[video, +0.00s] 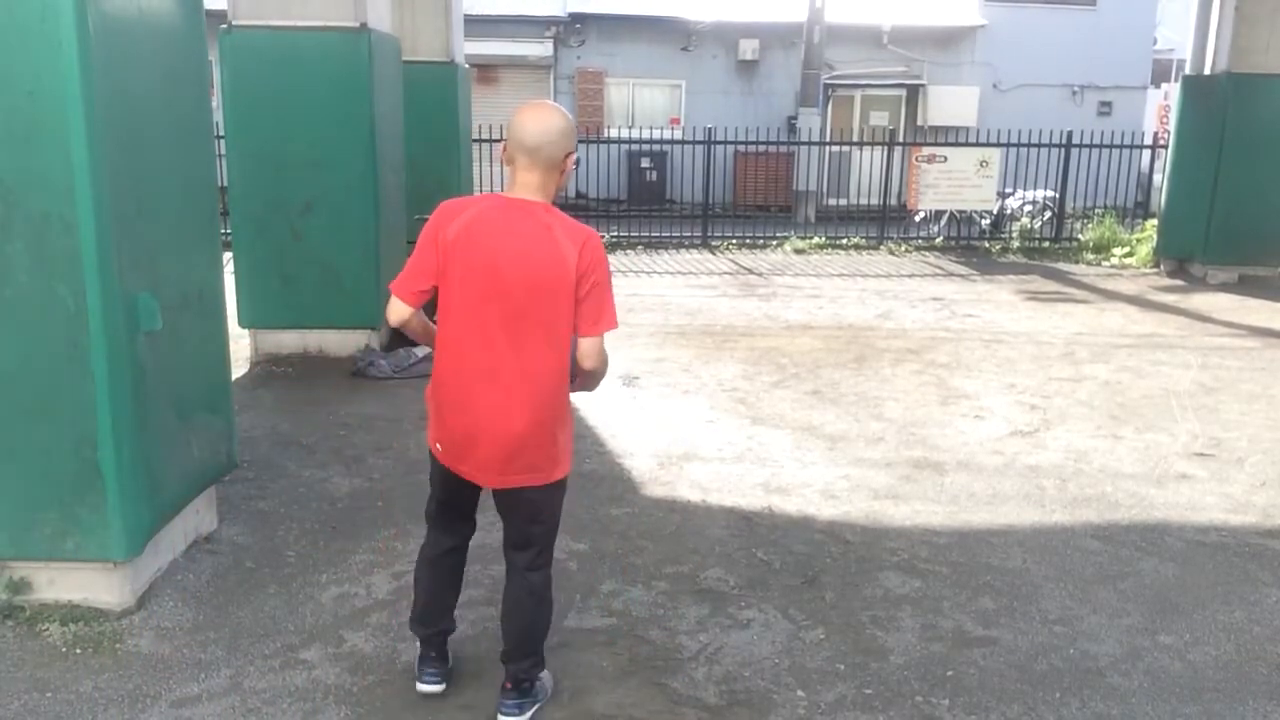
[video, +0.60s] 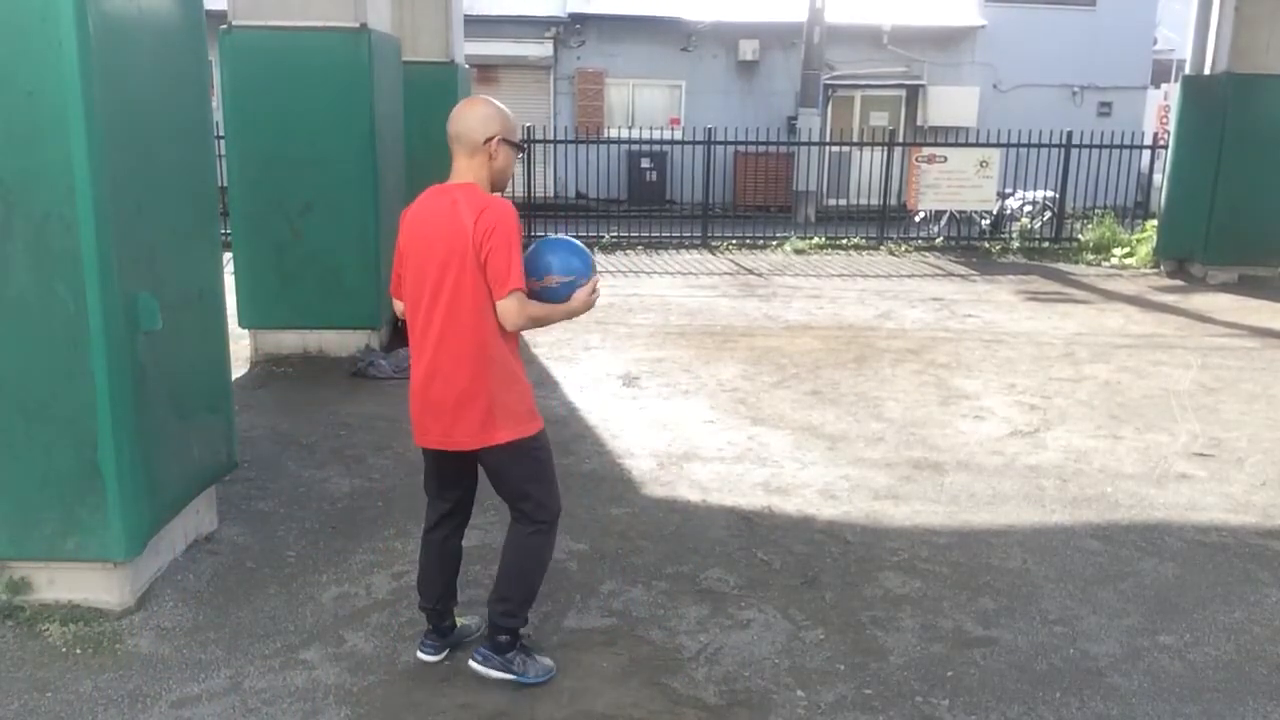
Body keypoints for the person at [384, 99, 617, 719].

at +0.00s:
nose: (573, 163)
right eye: (574, 156)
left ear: (504, 154)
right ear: (569, 165)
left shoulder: (452, 217)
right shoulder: (581, 243)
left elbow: (401, 311)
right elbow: (590, 361)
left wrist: (447, 343)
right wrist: (555, 373)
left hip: (457, 422)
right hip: (534, 433)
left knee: (445, 532)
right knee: (529, 558)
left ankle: (432, 659)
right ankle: (519, 683)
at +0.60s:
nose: (516, 161)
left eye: (516, 149)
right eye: (514, 148)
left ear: (461, 148)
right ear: (491, 146)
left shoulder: (416, 211)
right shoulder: (493, 212)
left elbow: (406, 305)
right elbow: (512, 314)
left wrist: (507, 291)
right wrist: (573, 307)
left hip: (433, 400)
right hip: (492, 401)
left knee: (444, 511)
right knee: (537, 510)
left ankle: (437, 630)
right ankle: (501, 642)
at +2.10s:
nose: (527, 157)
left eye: (524, 147)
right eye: (526, 147)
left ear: (470, 151)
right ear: (514, 150)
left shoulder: (431, 216)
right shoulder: (528, 219)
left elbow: (391, 300)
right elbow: (562, 309)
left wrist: (408, 363)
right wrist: (616, 337)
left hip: (466, 371)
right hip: (516, 383)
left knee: (563, 350)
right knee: (516, 503)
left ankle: (534, 467)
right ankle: (484, 626)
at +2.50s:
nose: (535, 173)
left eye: (533, 163)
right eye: (530, 162)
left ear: (491, 166)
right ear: (505, 166)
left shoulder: (464, 222)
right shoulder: (501, 232)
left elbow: (501, 282)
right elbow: (487, 322)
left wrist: (554, 294)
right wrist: (535, 404)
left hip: (499, 385)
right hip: (535, 380)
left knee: (520, 471)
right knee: (641, 335)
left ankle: (481, 586)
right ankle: (614, 448)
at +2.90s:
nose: (592, 161)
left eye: (590, 151)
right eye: (588, 152)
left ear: (542, 160)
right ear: (570, 158)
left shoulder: (521, 219)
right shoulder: (572, 230)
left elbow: (508, 285)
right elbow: (585, 321)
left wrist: (558, 318)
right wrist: (634, 395)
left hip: (560, 381)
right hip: (594, 388)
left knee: (597, 462)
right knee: (638, 482)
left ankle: (518, 543)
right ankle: (612, 595)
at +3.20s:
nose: (632, 158)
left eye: (630, 149)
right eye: (628, 150)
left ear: (580, 159)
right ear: (612, 157)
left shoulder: (556, 224)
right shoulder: (625, 228)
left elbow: (541, 304)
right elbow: (655, 312)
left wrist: (552, 369)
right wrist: (720, 348)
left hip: (613, 356)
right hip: (647, 365)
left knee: (717, 319)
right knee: (648, 482)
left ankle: (690, 425)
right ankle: (610, 594)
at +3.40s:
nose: (655, 153)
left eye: (653, 143)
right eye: (650, 145)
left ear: (604, 153)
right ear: (632, 151)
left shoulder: (582, 215)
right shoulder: (646, 219)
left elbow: (567, 289)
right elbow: (670, 302)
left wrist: (591, 341)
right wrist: (733, 346)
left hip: (630, 365)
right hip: (664, 372)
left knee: (697, 419)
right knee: (659, 479)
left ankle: (666, 517)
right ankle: (613, 586)